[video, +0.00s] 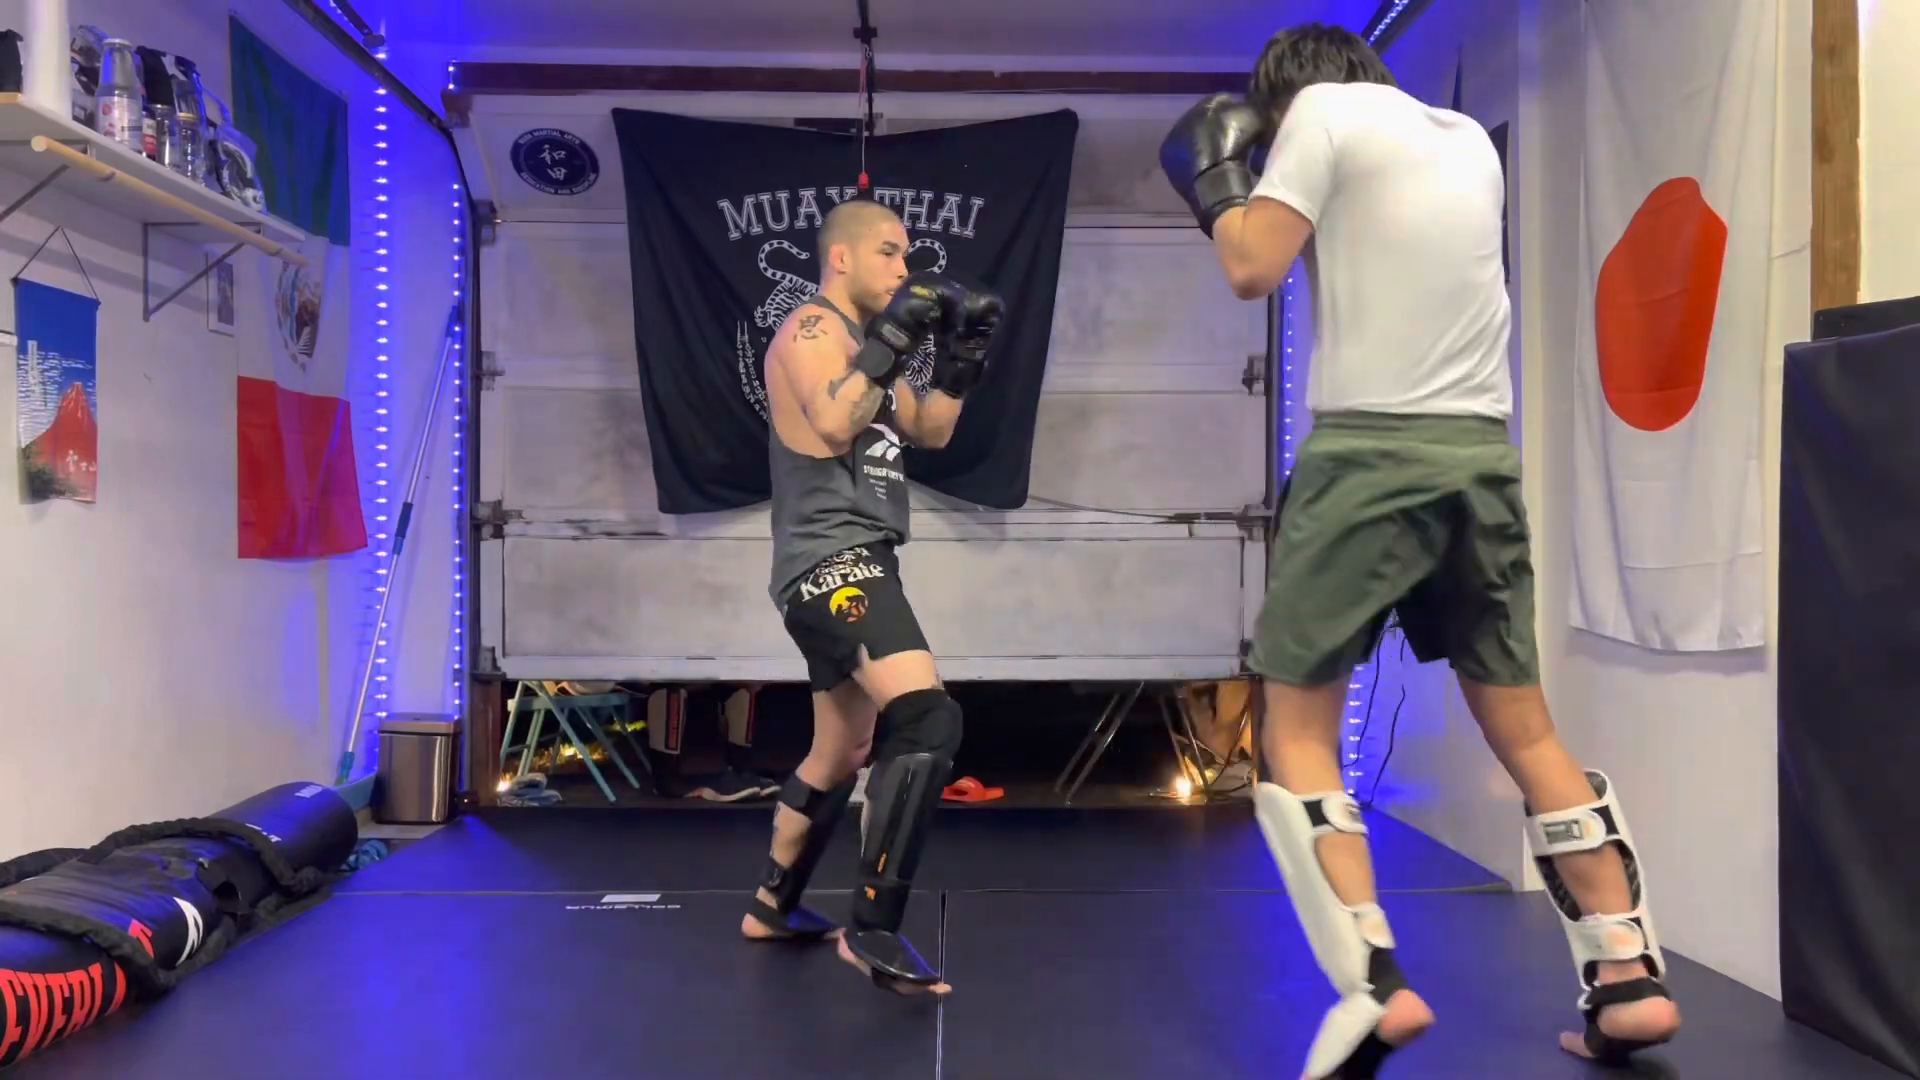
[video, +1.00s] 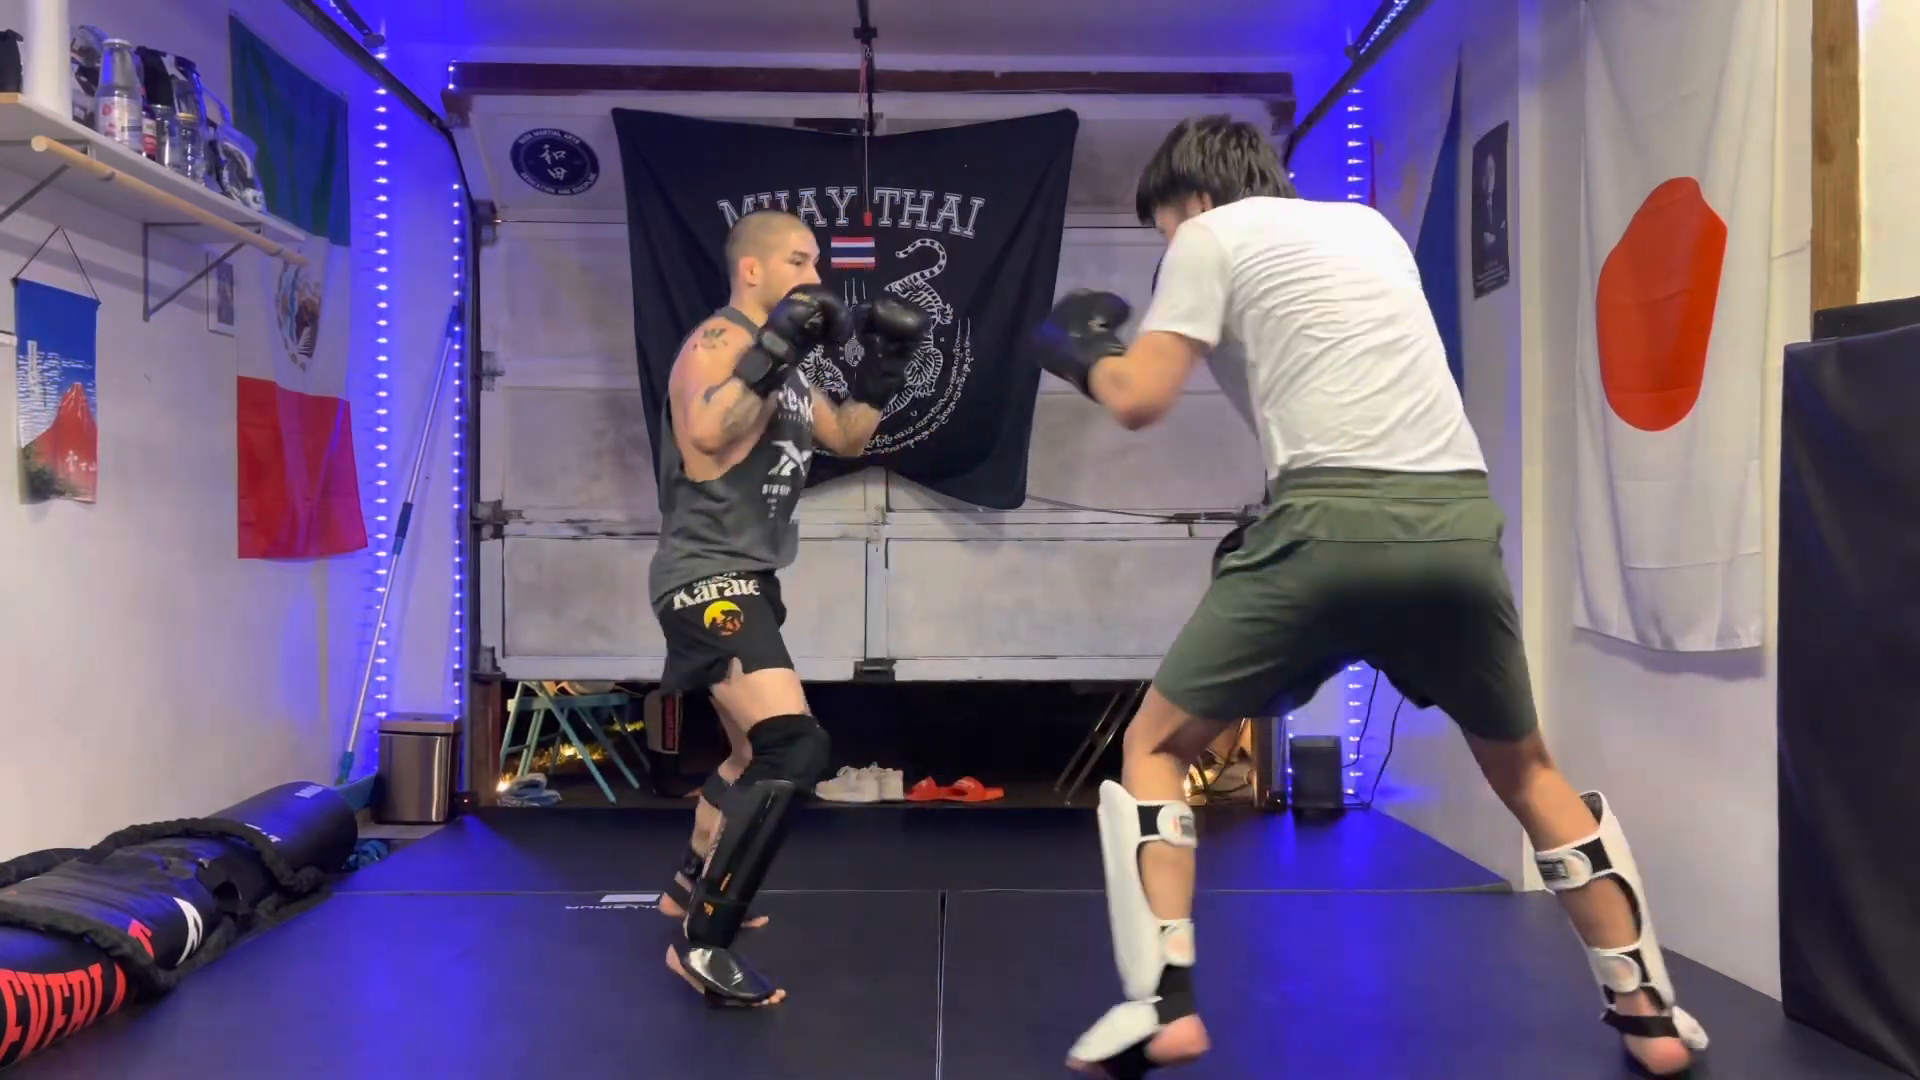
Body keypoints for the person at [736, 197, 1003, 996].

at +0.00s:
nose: (903, 269)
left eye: (905, 256)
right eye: (889, 253)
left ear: (872, 263)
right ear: (839, 257)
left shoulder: (869, 342)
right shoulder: (808, 329)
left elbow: (929, 431)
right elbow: (832, 425)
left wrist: (959, 363)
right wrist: (894, 344)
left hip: (851, 559)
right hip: (833, 560)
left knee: (839, 748)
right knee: (924, 722)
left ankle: (775, 903)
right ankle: (875, 928)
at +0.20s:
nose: (911, 282)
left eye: (912, 269)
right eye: (897, 267)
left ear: (871, 281)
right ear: (848, 274)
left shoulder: (867, 353)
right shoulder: (831, 344)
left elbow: (951, 417)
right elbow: (910, 396)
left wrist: (971, 331)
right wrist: (936, 301)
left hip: (830, 592)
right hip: (841, 590)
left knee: (863, 768)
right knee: (936, 775)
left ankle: (780, 903)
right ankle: (875, 981)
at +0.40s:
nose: (918, 265)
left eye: (917, 251)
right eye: (904, 249)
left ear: (869, 259)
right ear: (854, 255)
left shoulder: (872, 342)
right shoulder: (815, 335)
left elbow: (923, 442)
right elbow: (825, 452)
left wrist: (956, 359)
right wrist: (893, 382)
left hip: (829, 570)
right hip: (826, 569)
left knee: (838, 753)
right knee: (906, 757)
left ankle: (770, 891)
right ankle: (874, 978)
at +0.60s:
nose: (886, 315)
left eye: (884, 301)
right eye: (872, 301)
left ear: (837, 310)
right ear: (826, 307)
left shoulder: (843, 390)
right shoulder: (776, 374)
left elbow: (922, 448)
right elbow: (746, 473)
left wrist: (946, 361)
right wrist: (824, 415)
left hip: (828, 612)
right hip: (797, 617)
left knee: (830, 777)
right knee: (917, 773)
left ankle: (736, 899)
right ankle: (874, 978)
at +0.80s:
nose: (852, 271)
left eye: (852, 259)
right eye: (838, 258)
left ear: (822, 271)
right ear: (786, 268)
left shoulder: (816, 351)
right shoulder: (748, 337)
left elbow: (859, 448)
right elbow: (731, 447)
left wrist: (913, 386)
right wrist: (798, 357)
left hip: (788, 572)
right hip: (751, 571)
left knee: (793, 745)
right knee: (817, 751)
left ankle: (739, 881)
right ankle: (802, 958)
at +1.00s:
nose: (814, 275)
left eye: (816, 263)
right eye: (800, 261)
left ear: (803, 274)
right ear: (749, 269)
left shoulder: (782, 352)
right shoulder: (715, 343)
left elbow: (847, 435)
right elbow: (705, 440)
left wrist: (887, 363)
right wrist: (775, 352)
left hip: (741, 576)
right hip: (710, 576)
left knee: (754, 751)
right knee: (795, 747)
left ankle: (696, 881)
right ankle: (706, 943)